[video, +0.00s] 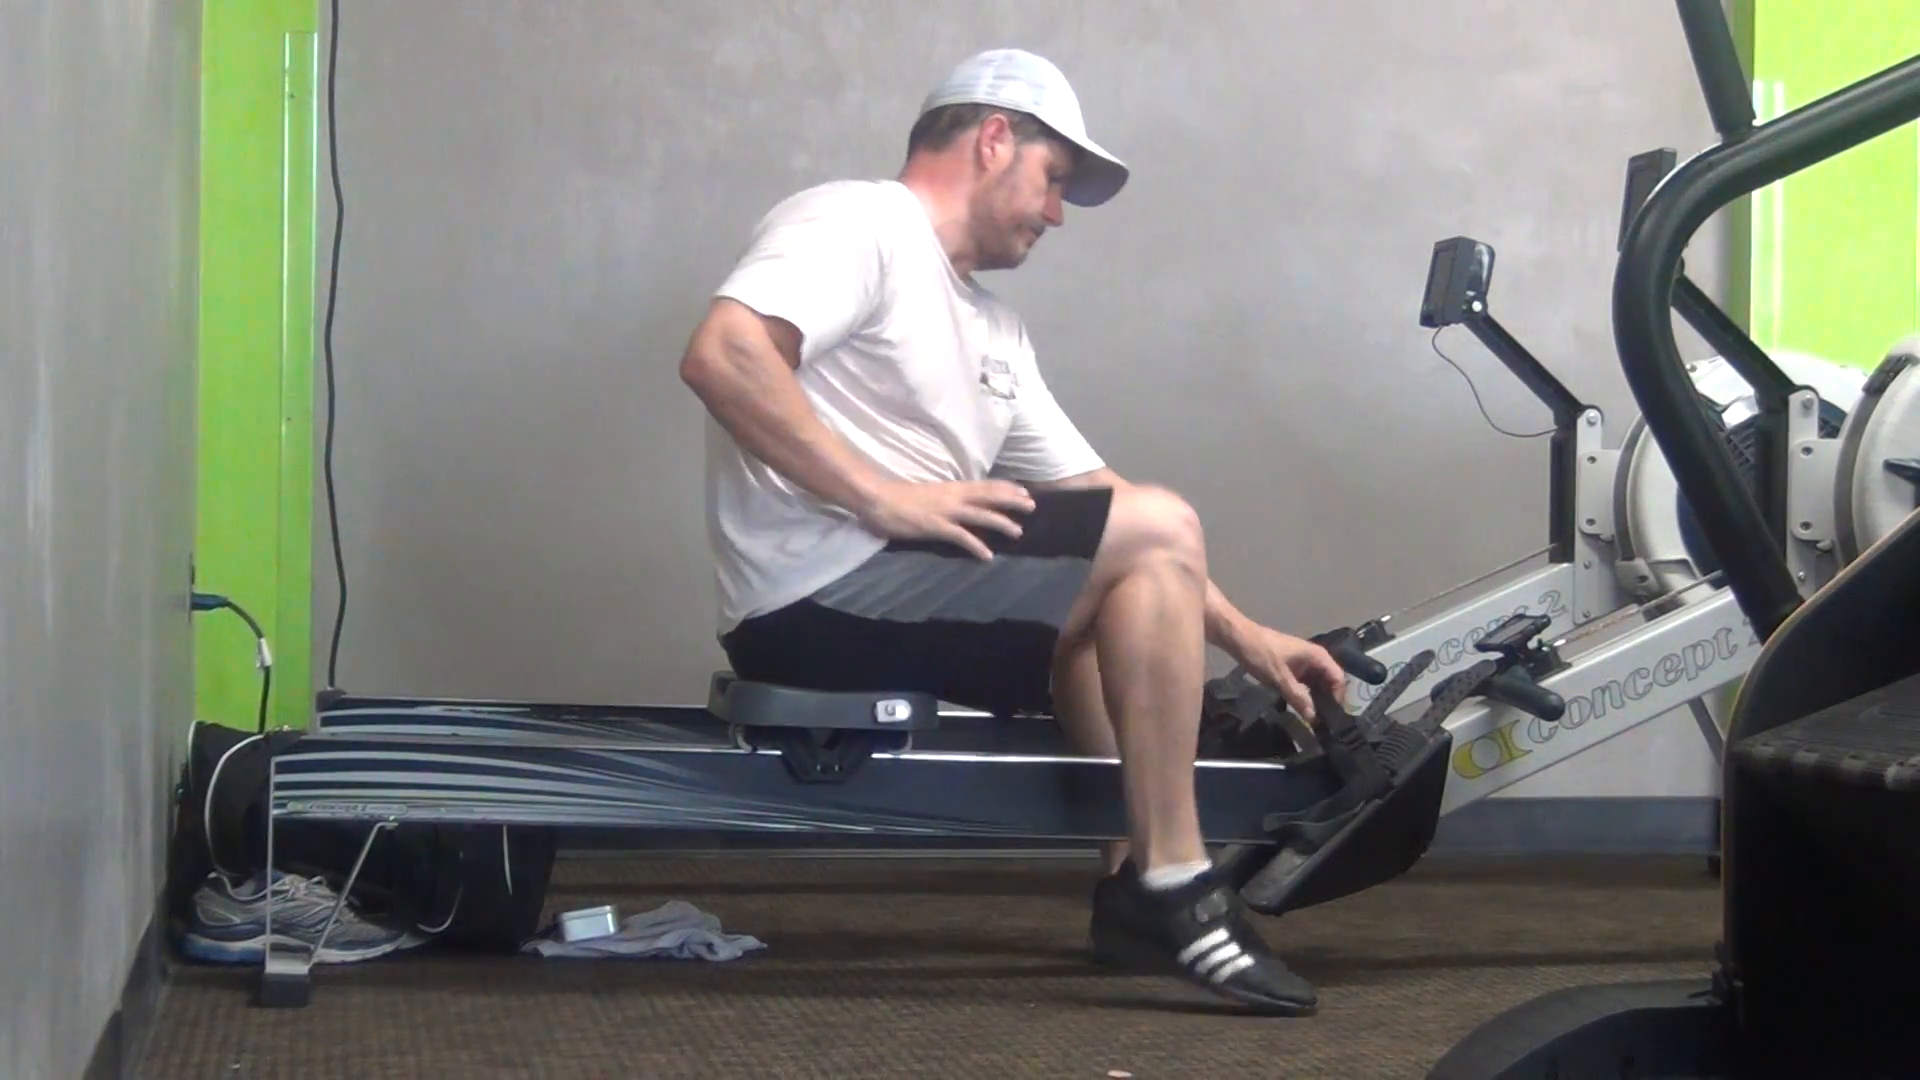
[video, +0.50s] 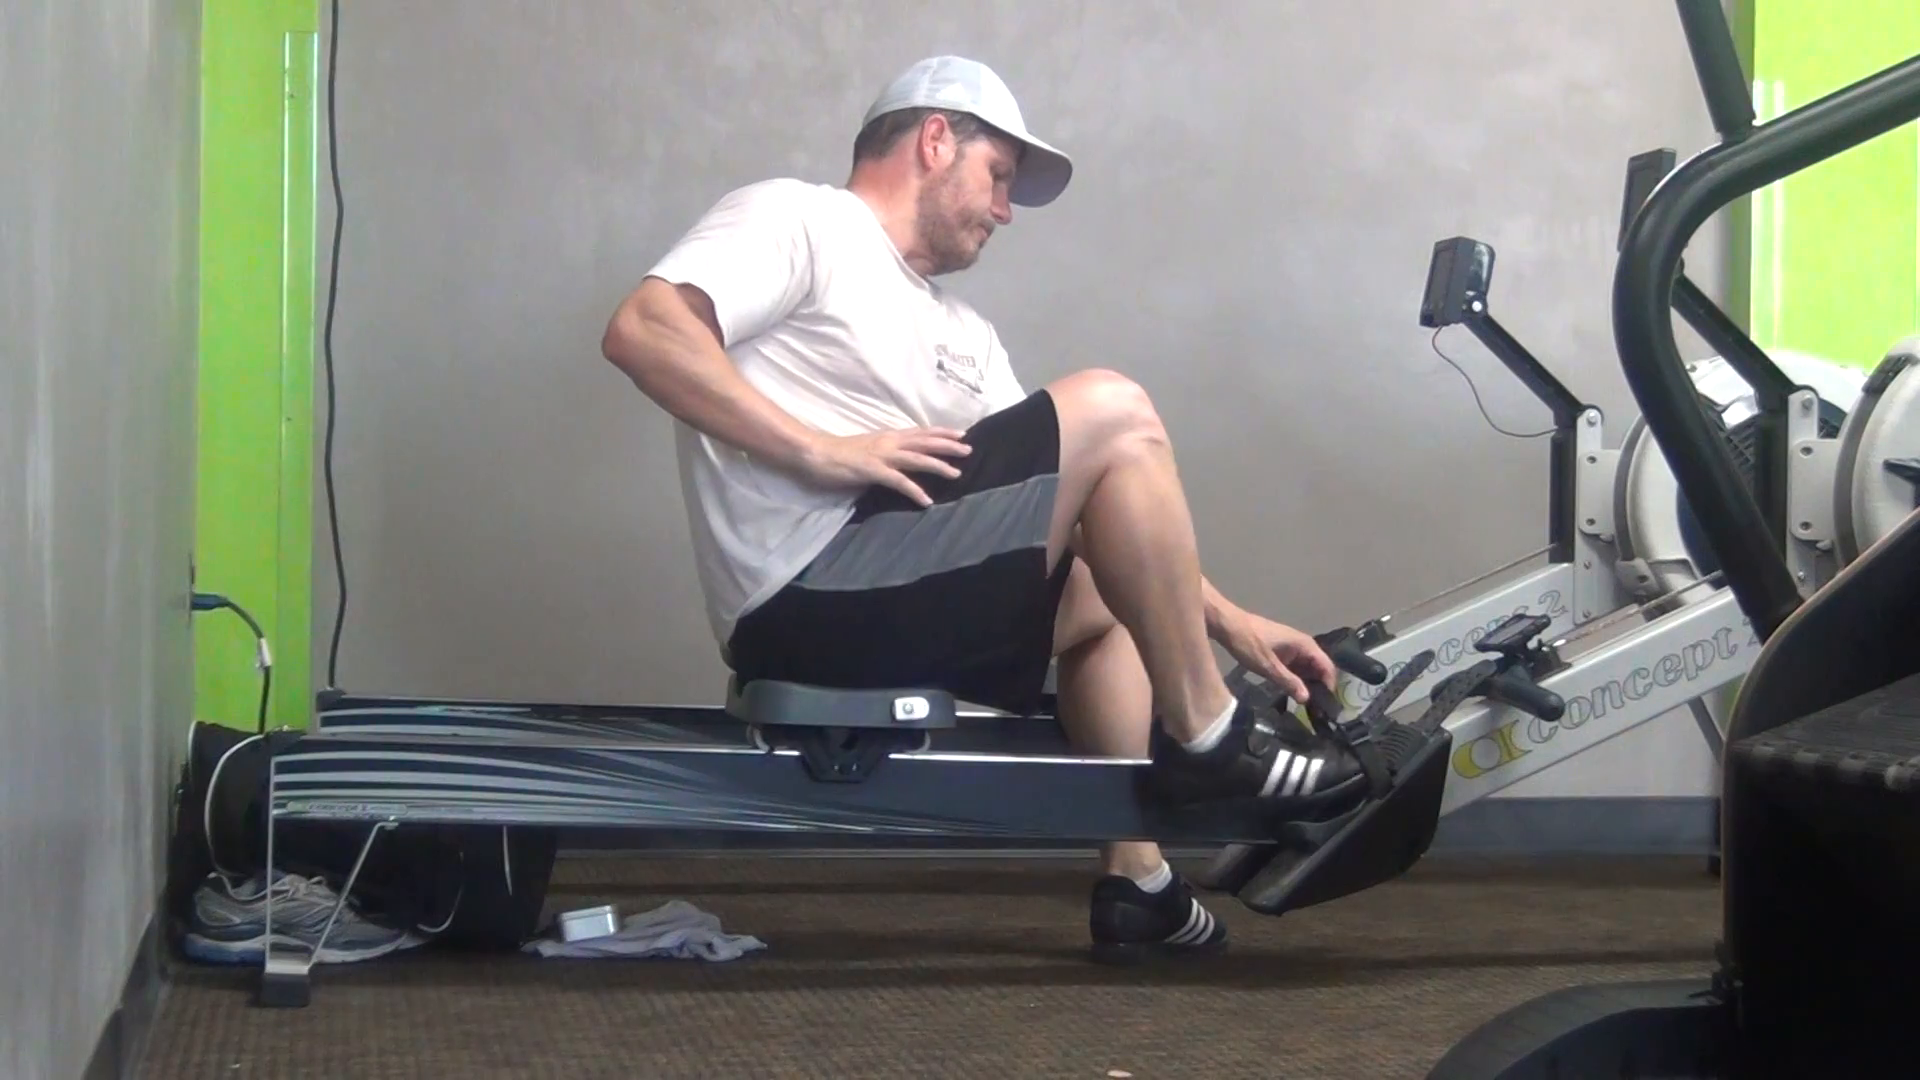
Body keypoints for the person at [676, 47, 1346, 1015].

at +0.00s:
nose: (1058, 215)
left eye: (1066, 193)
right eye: (1054, 180)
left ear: (993, 149)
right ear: (991, 142)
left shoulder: (991, 330)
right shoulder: (855, 219)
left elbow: (1103, 501)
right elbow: (724, 353)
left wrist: (1248, 638)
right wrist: (882, 497)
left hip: (907, 585)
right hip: (815, 591)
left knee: (1150, 565)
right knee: (1160, 531)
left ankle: (1147, 871)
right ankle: (1168, 877)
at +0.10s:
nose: (1036, 208)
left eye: (1044, 187)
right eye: (1031, 173)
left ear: (972, 143)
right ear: (969, 138)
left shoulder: (980, 327)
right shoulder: (832, 214)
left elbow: (1093, 497)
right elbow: (692, 337)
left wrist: (1238, 622)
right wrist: (854, 469)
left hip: (905, 588)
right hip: (809, 585)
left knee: (1104, 589)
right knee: (1134, 467)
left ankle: (1144, 878)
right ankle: (1165, 821)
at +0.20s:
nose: (1024, 206)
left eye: (1033, 185)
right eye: (1018, 172)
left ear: (959, 147)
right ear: (955, 139)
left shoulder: (977, 329)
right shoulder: (820, 216)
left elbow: (1091, 506)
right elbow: (671, 328)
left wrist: (1236, 623)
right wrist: (835, 458)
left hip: (910, 606)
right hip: (803, 587)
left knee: (1098, 596)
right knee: (1111, 421)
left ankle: (1139, 889)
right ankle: (1130, 759)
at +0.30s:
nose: (1018, 206)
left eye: (1027, 188)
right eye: (1012, 174)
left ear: (949, 149)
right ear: (946, 142)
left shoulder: (972, 331)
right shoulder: (809, 218)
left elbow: (1088, 509)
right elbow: (656, 325)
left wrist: (1234, 623)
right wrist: (822, 450)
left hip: (900, 608)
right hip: (797, 591)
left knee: (1097, 602)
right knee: (1098, 401)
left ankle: (1137, 887)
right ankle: (1138, 729)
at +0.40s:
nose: (1011, 208)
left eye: (1020, 188)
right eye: (1005, 176)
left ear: (940, 153)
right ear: (938, 144)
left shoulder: (968, 332)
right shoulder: (800, 219)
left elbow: (1080, 512)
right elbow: (647, 327)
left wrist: (1235, 622)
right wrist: (814, 450)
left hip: (901, 615)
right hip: (798, 593)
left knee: (1109, 592)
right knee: (1100, 401)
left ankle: (1137, 885)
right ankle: (1179, 732)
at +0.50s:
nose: (1008, 208)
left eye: (1019, 187)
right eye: (1000, 174)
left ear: (945, 160)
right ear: (933, 142)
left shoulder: (969, 340)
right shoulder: (797, 217)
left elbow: (1078, 514)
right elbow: (646, 328)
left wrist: (1236, 626)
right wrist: (818, 450)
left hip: (908, 612)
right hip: (802, 589)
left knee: (1111, 587)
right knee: (1109, 407)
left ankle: (1138, 881)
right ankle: (1204, 738)